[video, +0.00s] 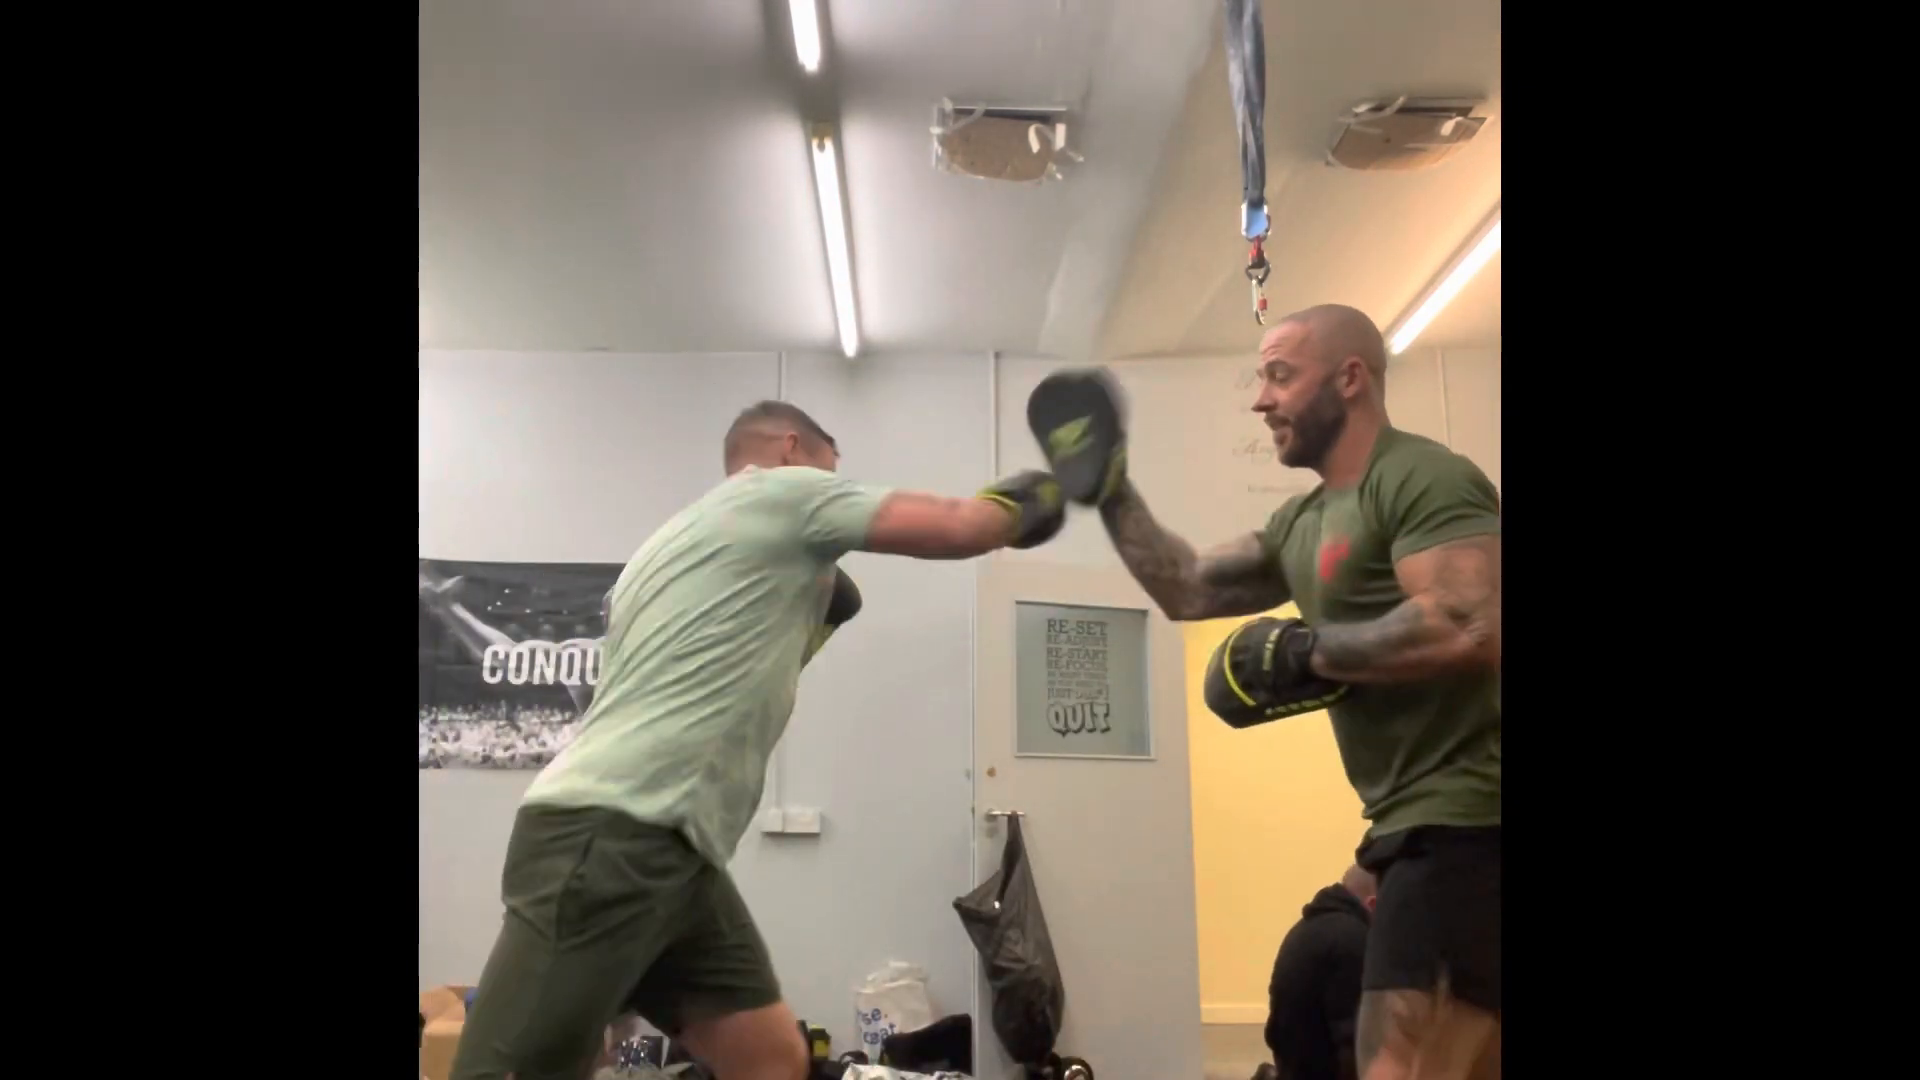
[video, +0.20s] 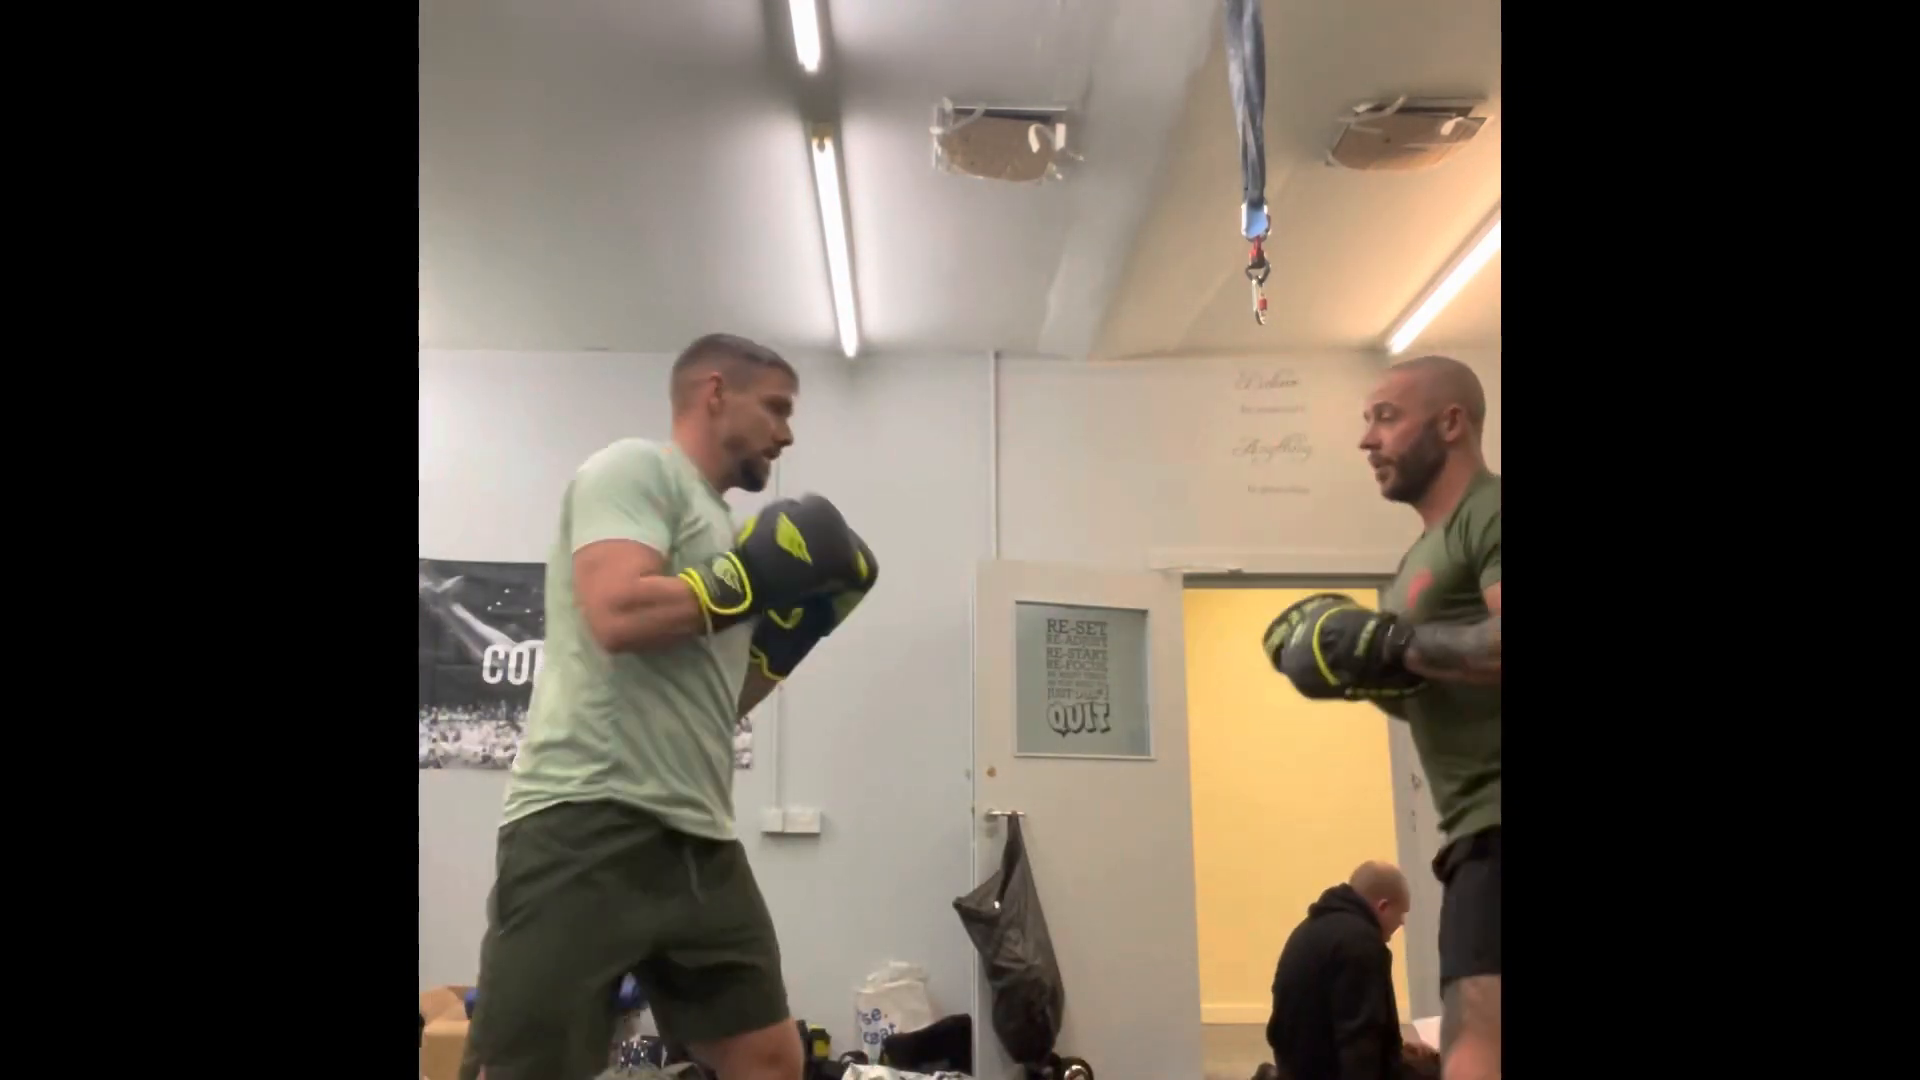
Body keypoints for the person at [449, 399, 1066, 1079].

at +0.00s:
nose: (834, 483)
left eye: (834, 470)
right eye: (830, 467)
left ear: (747, 458)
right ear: (790, 447)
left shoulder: (665, 549)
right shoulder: (781, 494)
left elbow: (709, 670)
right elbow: (963, 526)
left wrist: (815, 617)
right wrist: (1033, 498)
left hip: (668, 855)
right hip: (606, 836)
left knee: (768, 1058)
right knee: (508, 1068)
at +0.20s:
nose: (788, 435)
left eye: (790, 416)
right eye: (777, 409)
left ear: (718, 403)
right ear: (715, 395)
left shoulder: (728, 540)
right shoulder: (630, 466)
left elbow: (710, 711)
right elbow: (618, 611)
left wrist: (789, 636)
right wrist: (748, 576)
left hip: (699, 843)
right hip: (582, 826)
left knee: (767, 1060)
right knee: (523, 1066)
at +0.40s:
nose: (767, 406)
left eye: (766, 386)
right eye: (751, 380)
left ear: (689, 376)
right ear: (683, 371)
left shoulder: (706, 523)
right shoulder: (601, 476)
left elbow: (666, 682)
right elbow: (637, 649)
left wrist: (757, 668)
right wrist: (749, 589)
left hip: (702, 848)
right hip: (574, 851)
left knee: (822, 1048)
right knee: (484, 1070)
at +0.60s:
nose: (861, 376)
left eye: (862, 355)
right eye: (850, 350)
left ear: (791, 342)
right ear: (790, 336)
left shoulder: (783, 470)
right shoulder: (723, 417)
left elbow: (739, 639)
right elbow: (734, 582)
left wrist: (849, 607)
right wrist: (846, 535)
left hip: (789, 819)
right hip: (683, 808)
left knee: (868, 1063)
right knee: (646, 1069)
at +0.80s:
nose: (992, 443)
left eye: (991, 421)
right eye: (976, 417)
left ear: (911, 417)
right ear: (905, 413)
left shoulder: (971, 528)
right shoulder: (802, 528)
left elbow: (1072, 559)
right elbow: (738, 702)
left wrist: (1173, 490)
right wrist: (857, 635)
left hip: (938, 881)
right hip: (802, 872)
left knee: (1035, 1066)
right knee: (758, 1066)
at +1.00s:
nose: (1091, 472)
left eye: (1094, 453)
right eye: (1077, 452)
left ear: (1019, 444)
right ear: (1007, 438)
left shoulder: (1066, 545)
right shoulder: (915, 532)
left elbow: (1168, 585)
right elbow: (860, 696)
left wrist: (1264, 523)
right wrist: (990, 644)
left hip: (988, 874)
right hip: (861, 867)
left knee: (1111, 1071)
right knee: (792, 1074)